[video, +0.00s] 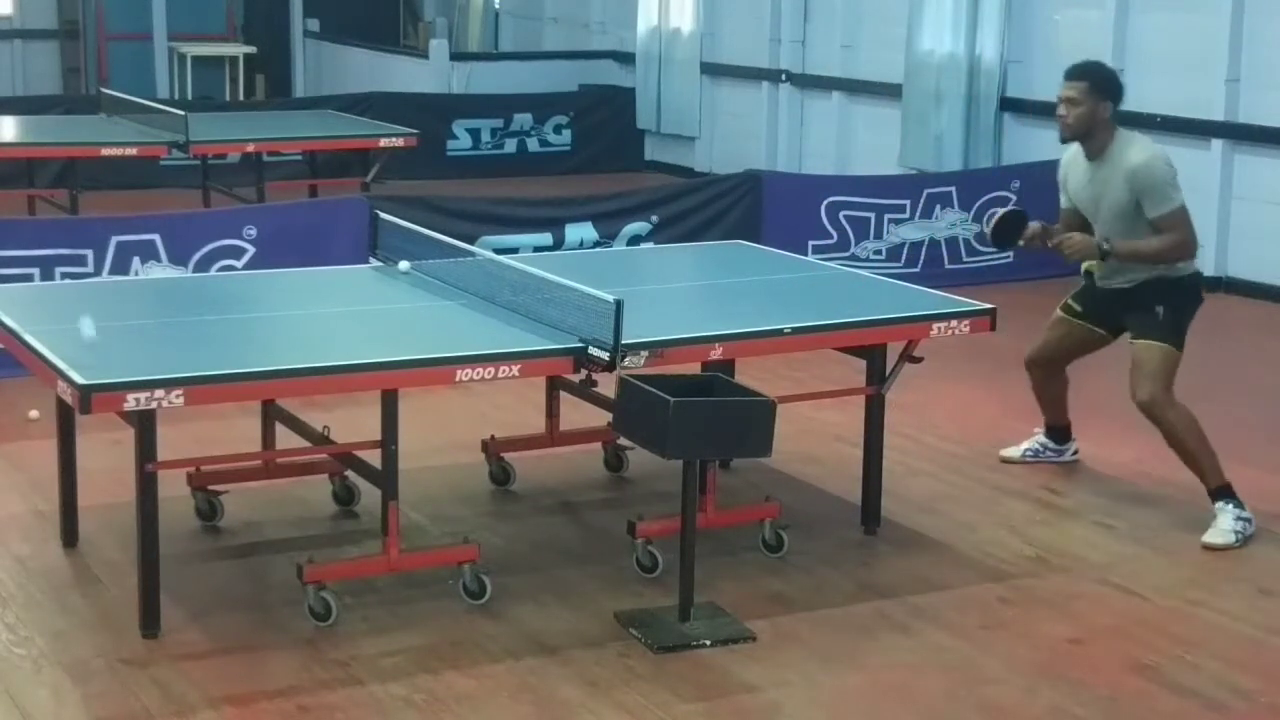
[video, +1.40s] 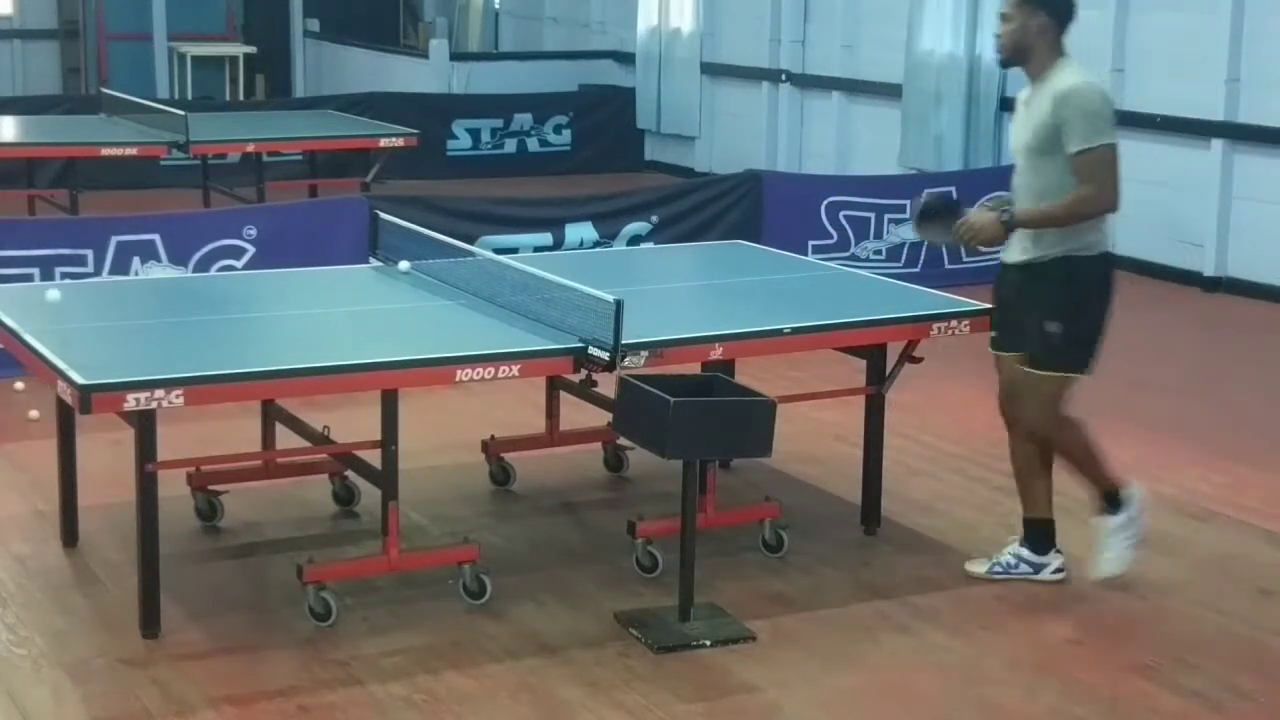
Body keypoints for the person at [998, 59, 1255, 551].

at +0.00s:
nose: (1060, 111)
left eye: (1071, 104)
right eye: (1059, 102)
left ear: (1104, 109)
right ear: (1070, 106)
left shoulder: (1145, 162)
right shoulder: (1071, 162)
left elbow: (1183, 244)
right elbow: (1077, 233)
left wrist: (1103, 248)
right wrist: (1045, 234)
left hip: (1165, 286)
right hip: (1107, 284)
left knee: (1151, 395)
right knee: (1041, 360)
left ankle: (1229, 506)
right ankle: (1058, 441)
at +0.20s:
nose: (1092, 53)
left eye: (1103, 45)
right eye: (1091, 43)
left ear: (1135, 51)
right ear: (1100, 50)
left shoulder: (1176, 108)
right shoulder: (1103, 110)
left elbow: (1229, 176)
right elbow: (1113, 179)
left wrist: (1151, 200)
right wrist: (1075, 194)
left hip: (1189, 249)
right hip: (1136, 248)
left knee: (1176, 375)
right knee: (1099, 341)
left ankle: (1237, 501)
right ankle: (1103, 448)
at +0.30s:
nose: (1102, 36)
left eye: (1113, 27)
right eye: (1101, 25)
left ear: (1148, 32)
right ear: (1104, 30)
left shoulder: (1189, 87)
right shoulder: (1109, 89)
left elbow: (1244, 157)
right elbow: (1123, 163)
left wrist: (1164, 190)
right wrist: (1088, 181)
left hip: (1195, 233)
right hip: (1140, 233)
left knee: (1186, 360)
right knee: (1117, 344)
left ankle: (1244, 492)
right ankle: (1175, 455)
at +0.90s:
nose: (1105, 29)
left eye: (1117, 18)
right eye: (1103, 19)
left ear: (1155, 23)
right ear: (1110, 27)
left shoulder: (1196, 92)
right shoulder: (1108, 96)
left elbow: (1250, 177)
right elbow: (1121, 175)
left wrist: (1167, 219)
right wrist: (1092, 215)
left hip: (1186, 264)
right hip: (1122, 263)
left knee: (1187, 398)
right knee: (1088, 384)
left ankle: (1211, 529)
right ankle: (1155, 489)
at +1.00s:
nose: (1085, 24)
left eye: (1096, 14)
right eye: (1086, 15)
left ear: (1134, 19)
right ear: (1116, 22)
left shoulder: (1174, 85)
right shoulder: (1100, 89)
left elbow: (1214, 176)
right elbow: (1117, 172)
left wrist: (1122, 210)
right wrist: (1078, 211)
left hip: (1173, 261)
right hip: (1112, 261)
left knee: (1184, 392)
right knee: (1073, 383)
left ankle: (1207, 524)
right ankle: (1092, 522)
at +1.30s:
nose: (1024, 33)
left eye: (1034, 21)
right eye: (1026, 22)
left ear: (1069, 28)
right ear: (1053, 30)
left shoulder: (1105, 96)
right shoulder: (1052, 99)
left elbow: (1120, 197)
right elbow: (1063, 194)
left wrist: (1027, 218)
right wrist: (1014, 223)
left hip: (1099, 276)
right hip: (1044, 273)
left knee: (1099, 417)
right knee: (1023, 404)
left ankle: (1170, 499)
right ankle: (1038, 548)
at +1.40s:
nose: (999, 32)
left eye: (1009, 20)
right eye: (1001, 21)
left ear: (1044, 25)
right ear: (1034, 27)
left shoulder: (1079, 95)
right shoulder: (1031, 98)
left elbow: (1101, 195)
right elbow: (1040, 191)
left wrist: (1011, 218)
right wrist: (992, 216)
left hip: (1070, 270)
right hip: (1026, 268)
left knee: (1037, 410)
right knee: (1017, 408)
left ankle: (1119, 501)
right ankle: (1038, 547)